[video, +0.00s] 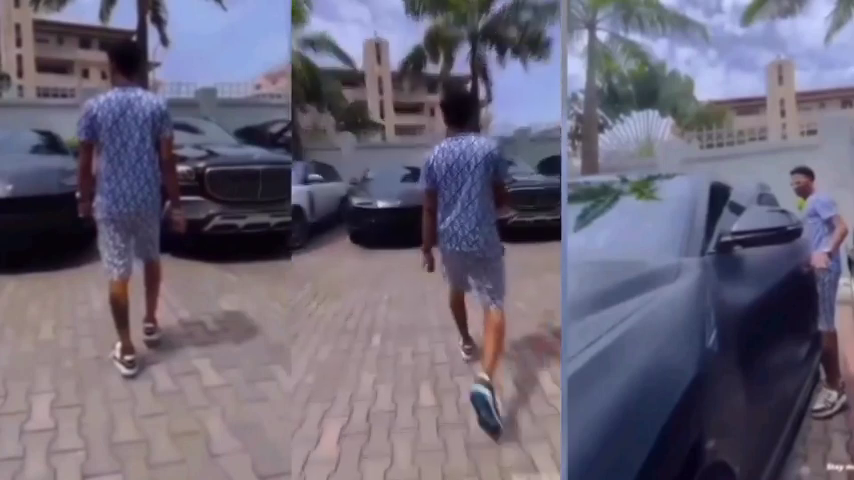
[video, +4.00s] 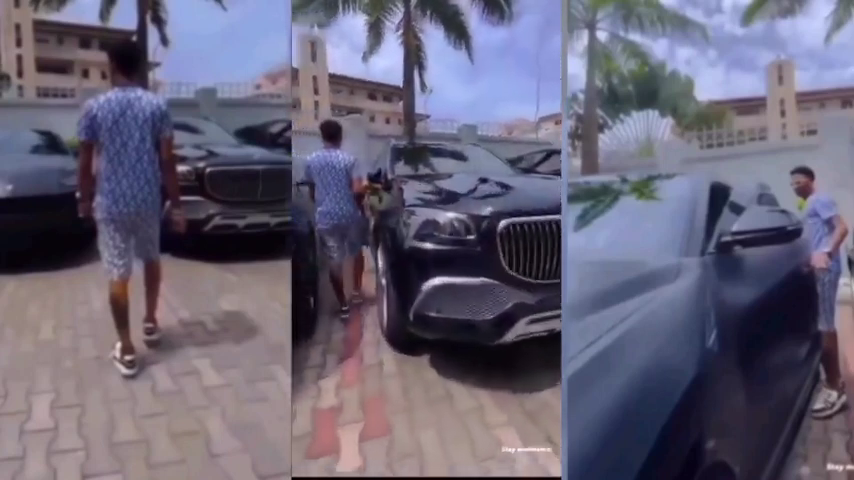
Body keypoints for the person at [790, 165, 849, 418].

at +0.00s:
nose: (796, 187)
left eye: (799, 183)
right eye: (793, 184)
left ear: (811, 181)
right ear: (797, 185)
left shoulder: (821, 201)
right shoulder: (809, 205)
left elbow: (842, 227)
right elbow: (820, 234)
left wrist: (827, 253)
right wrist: (810, 255)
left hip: (825, 268)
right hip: (815, 268)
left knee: (825, 327)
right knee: (822, 327)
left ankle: (834, 388)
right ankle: (830, 385)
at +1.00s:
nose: (796, 187)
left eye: (799, 183)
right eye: (793, 184)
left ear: (811, 181)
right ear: (797, 185)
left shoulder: (821, 201)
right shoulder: (809, 205)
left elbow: (842, 227)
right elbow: (820, 234)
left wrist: (827, 253)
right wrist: (810, 255)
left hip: (825, 268)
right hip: (815, 268)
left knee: (825, 327)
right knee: (822, 327)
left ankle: (834, 388)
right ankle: (830, 385)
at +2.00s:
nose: (796, 187)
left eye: (799, 183)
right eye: (793, 184)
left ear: (811, 181)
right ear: (797, 185)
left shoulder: (821, 201)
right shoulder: (809, 205)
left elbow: (842, 227)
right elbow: (820, 234)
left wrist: (827, 253)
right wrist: (810, 255)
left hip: (825, 268)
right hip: (815, 268)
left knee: (825, 327)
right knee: (822, 327)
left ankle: (834, 388)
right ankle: (830, 385)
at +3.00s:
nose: (796, 187)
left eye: (799, 183)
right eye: (793, 184)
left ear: (811, 181)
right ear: (797, 185)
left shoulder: (821, 201)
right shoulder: (809, 205)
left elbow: (842, 227)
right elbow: (820, 234)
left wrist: (827, 253)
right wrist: (810, 255)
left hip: (825, 268)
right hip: (815, 268)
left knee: (825, 327)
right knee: (822, 327)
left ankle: (834, 388)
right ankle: (830, 385)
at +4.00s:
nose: (796, 187)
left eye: (799, 183)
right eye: (793, 184)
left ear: (811, 181)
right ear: (797, 185)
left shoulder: (821, 201)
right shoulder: (809, 205)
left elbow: (842, 227)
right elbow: (820, 234)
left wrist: (827, 253)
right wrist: (810, 255)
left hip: (825, 268)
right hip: (815, 268)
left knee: (825, 327)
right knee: (822, 327)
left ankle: (834, 388)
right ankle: (830, 385)